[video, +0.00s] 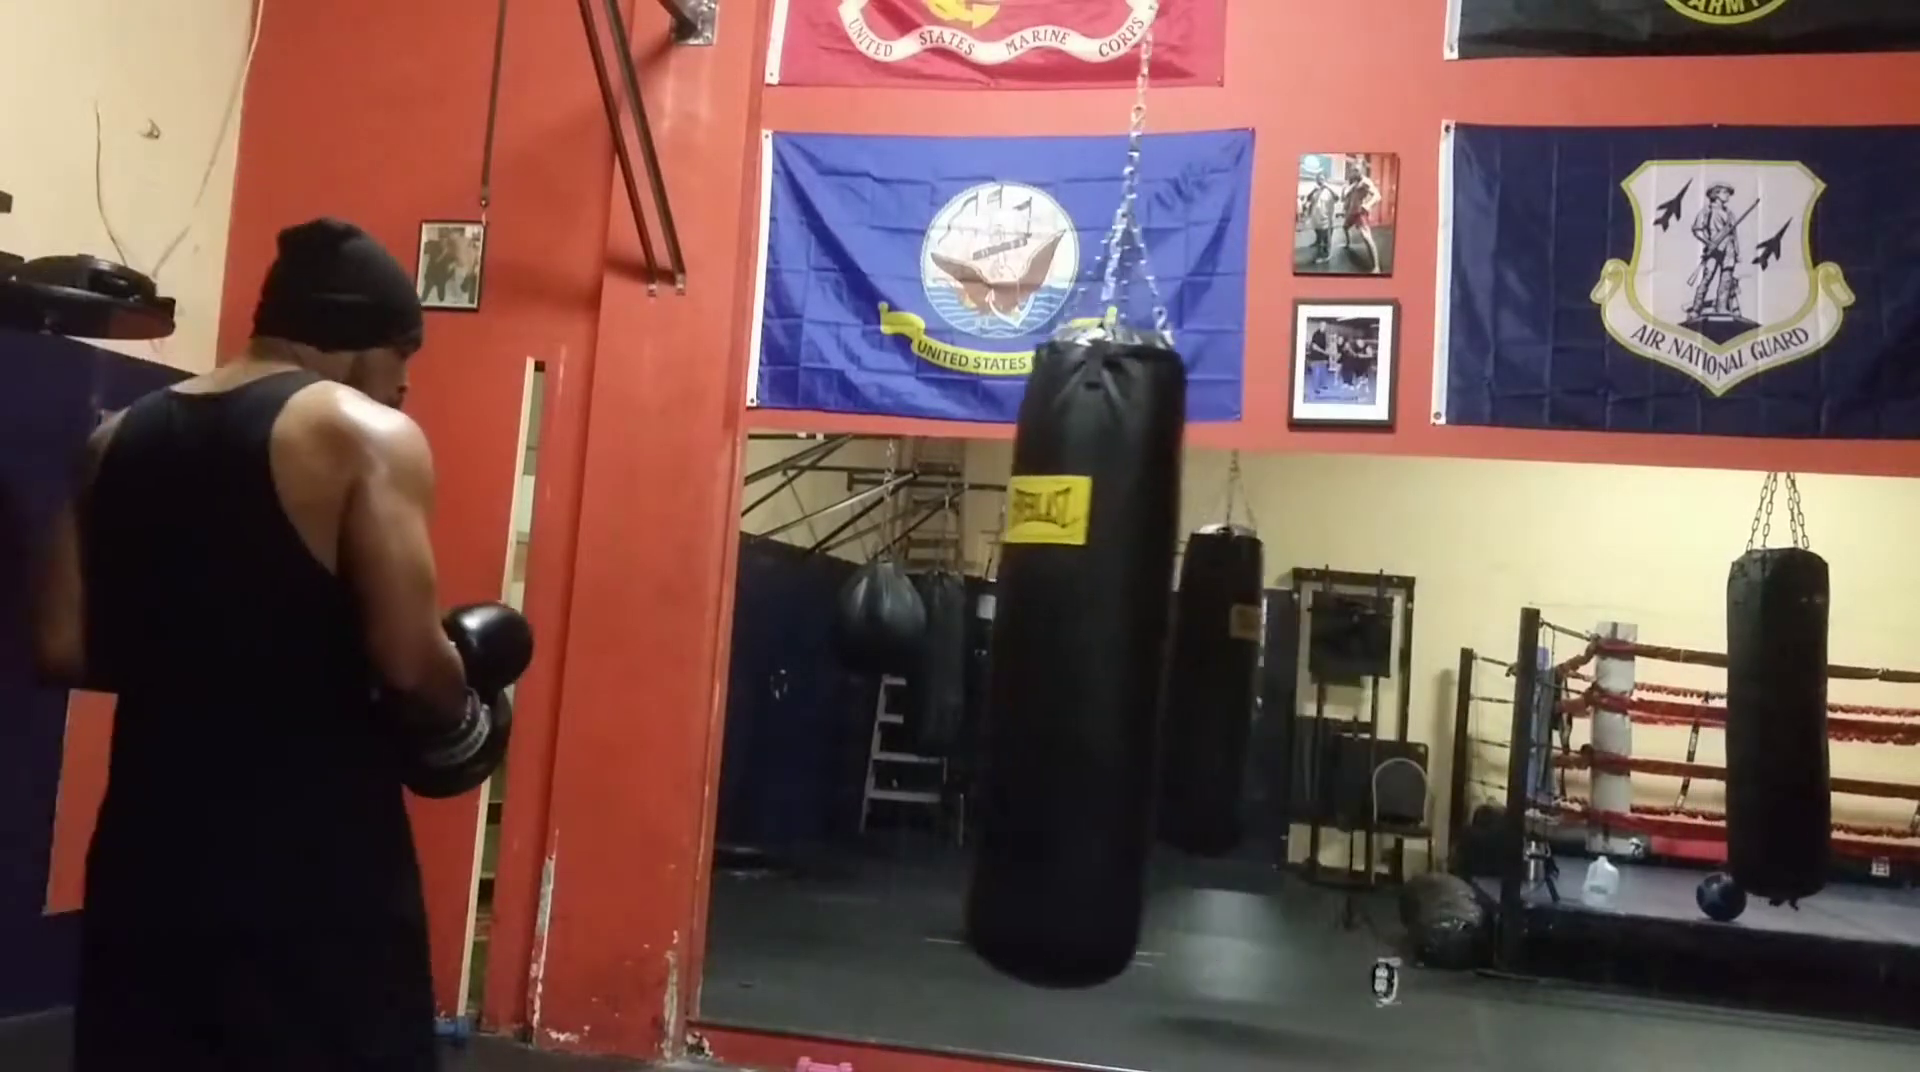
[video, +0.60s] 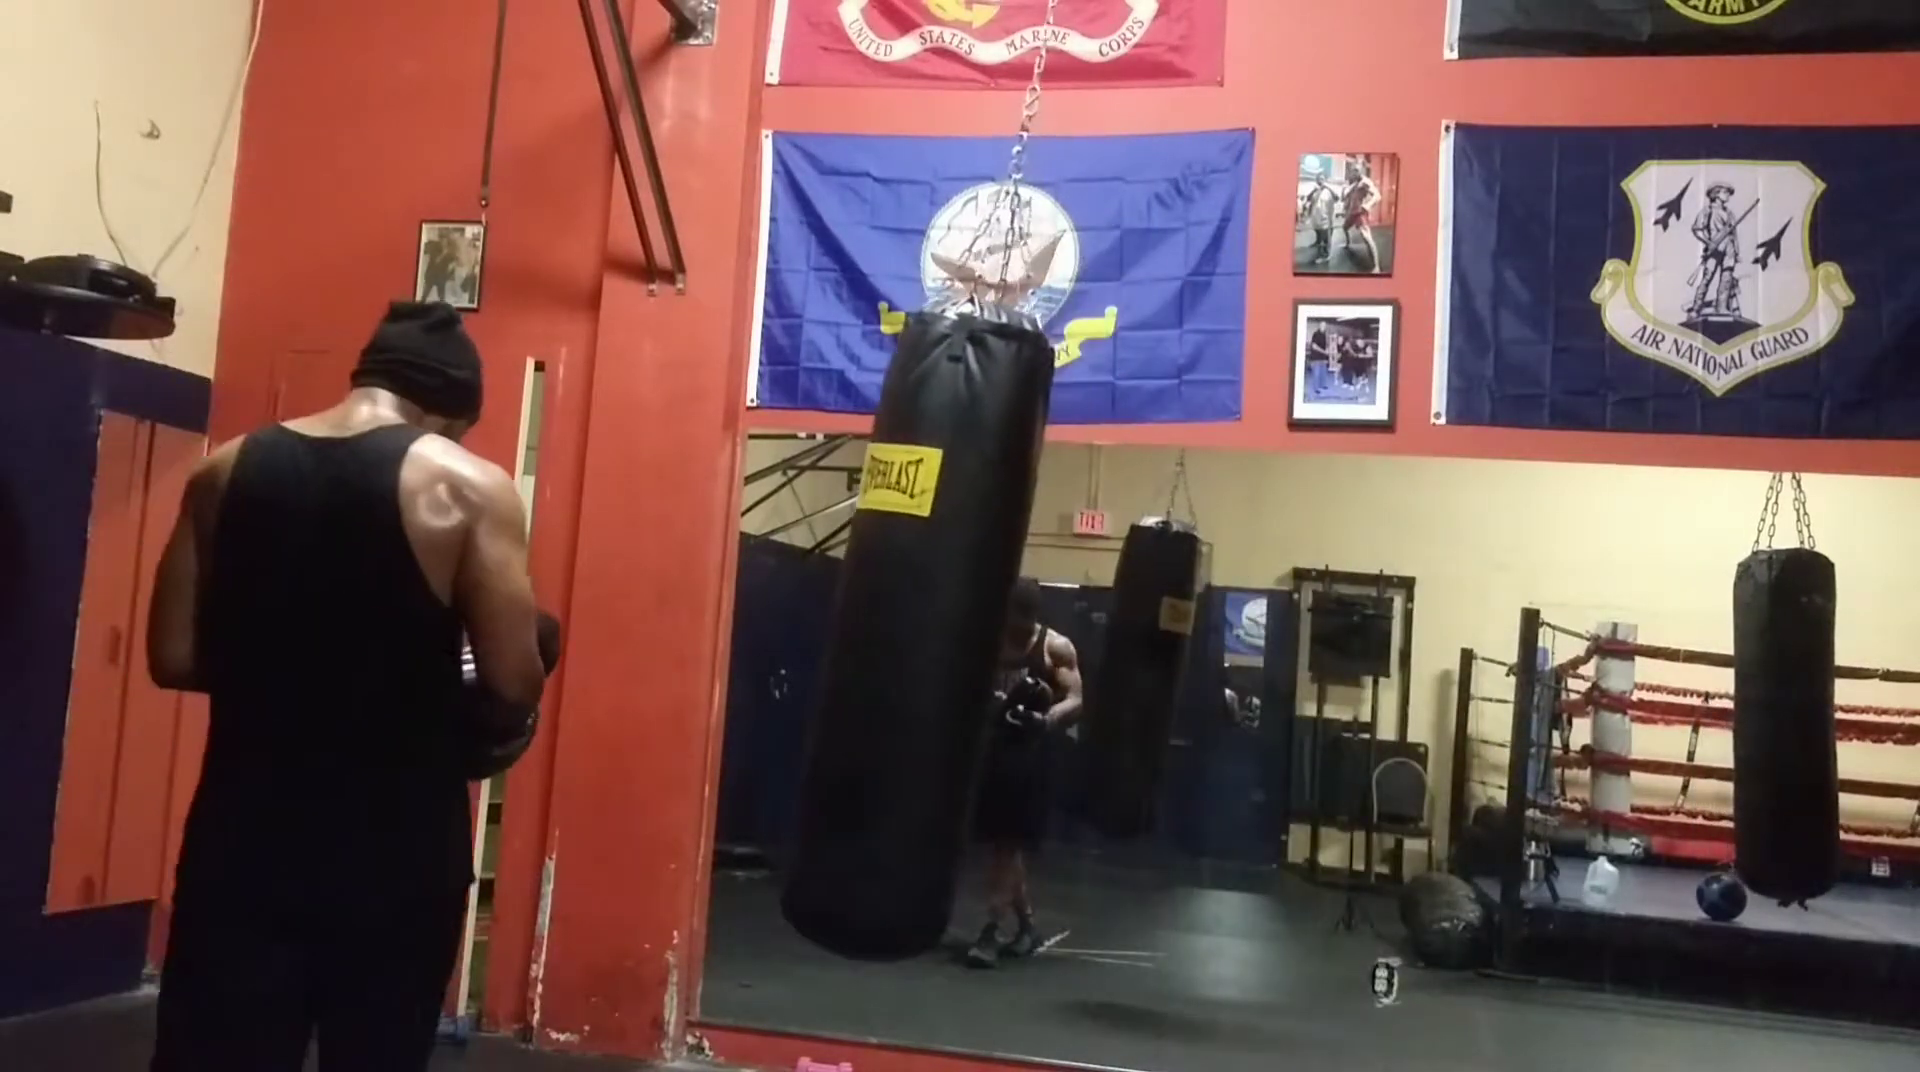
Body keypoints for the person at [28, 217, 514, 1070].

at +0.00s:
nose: (400, 387)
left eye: (405, 366)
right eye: (398, 363)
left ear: (275, 322)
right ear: (357, 344)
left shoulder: (122, 435)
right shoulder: (370, 435)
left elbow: (64, 649)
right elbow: (413, 660)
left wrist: (200, 658)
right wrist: (457, 714)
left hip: (152, 841)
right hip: (313, 854)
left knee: (145, 1048)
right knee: (332, 1048)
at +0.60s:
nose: (452, 441)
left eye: (454, 430)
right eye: (457, 430)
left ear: (361, 379)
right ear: (452, 414)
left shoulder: (225, 471)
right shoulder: (473, 490)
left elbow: (173, 656)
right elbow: (514, 679)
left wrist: (291, 665)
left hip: (239, 851)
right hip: (393, 868)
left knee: (215, 1054)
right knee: (374, 1054)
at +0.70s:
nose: (474, 439)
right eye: (475, 424)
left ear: (378, 379)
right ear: (472, 413)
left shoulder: (250, 467)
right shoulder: (493, 497)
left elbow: (189, 648)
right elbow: (526, 683)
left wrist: (301, 666)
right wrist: (461, 747)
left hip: (255, 851)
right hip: (404, 871)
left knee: (230, 1051)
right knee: (384, 1053)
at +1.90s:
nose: (499, 471)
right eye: (501, 461)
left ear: (423, 432)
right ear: (496, 455)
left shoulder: (316, 504)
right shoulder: (499, 518)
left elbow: (264, 649)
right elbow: (538, 676)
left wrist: (361, 639)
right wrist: (557, 695)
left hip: (330, 788)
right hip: (447, 796)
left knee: (331, 997)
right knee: (460, 985)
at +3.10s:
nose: (603, 525)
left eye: (605, 513)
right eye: (608, 514)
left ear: (545, 468)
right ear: (606, 498)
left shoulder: (438, 524)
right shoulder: (591, 544)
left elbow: (390, 655)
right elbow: (618, 690)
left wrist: (471, 632)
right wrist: (651, 695)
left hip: (433, 780)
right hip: (527, 791)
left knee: (433, 958)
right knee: (509, 981)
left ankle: (408, 1062)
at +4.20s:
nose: (659, 543)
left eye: (665, 531)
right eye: (663, 529)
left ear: (602, 491)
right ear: (648, 508)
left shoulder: (512, 541)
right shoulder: (626, 555)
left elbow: (461, 661)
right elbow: (642, 680)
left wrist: (555, 641)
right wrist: (687, 695)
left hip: (490, 786)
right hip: (576, 791)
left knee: (512, 961)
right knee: (605, 950)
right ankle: (525, 1061)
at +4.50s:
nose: (688, 539)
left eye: (695, 527)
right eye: (692, 525)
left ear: (634, 489)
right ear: (674, 507)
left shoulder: (551, 538)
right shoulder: (640, 550)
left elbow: (566, 644)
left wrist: (660, 636)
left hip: (518, 767)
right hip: (599, 774)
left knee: (527, 943)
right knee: (655, 932)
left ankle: (513, 1065)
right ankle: (646, 1064)